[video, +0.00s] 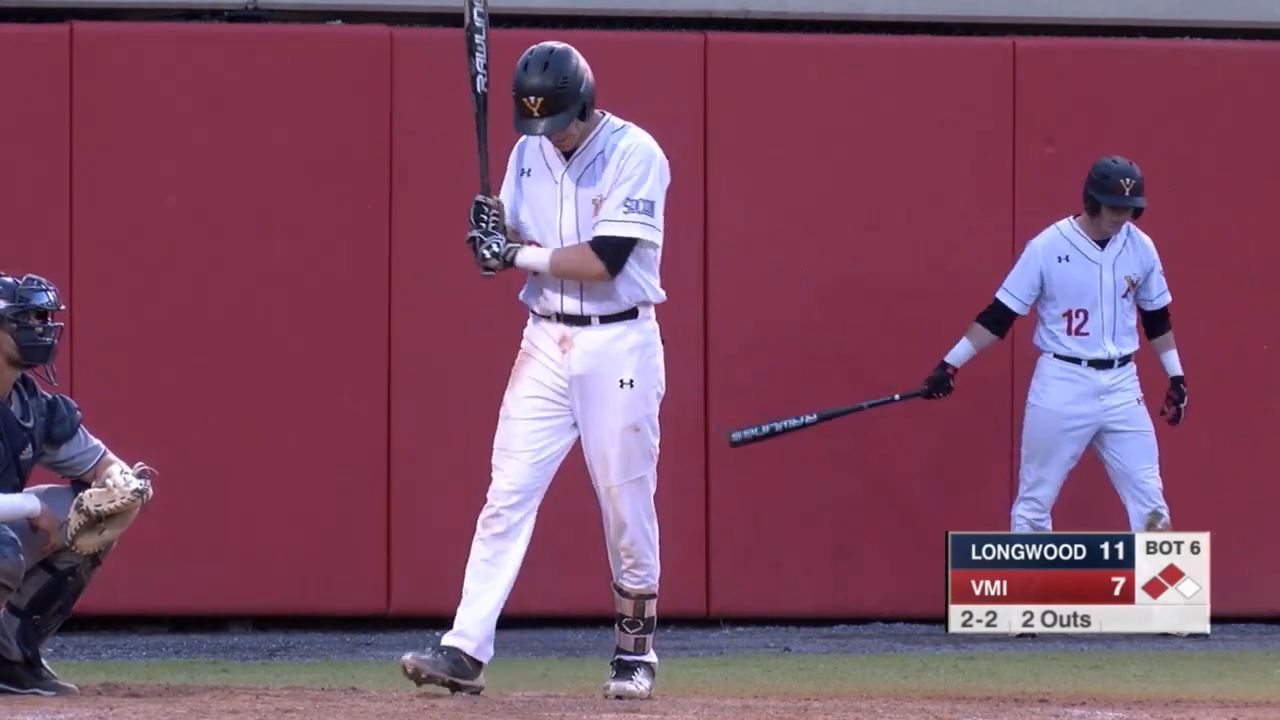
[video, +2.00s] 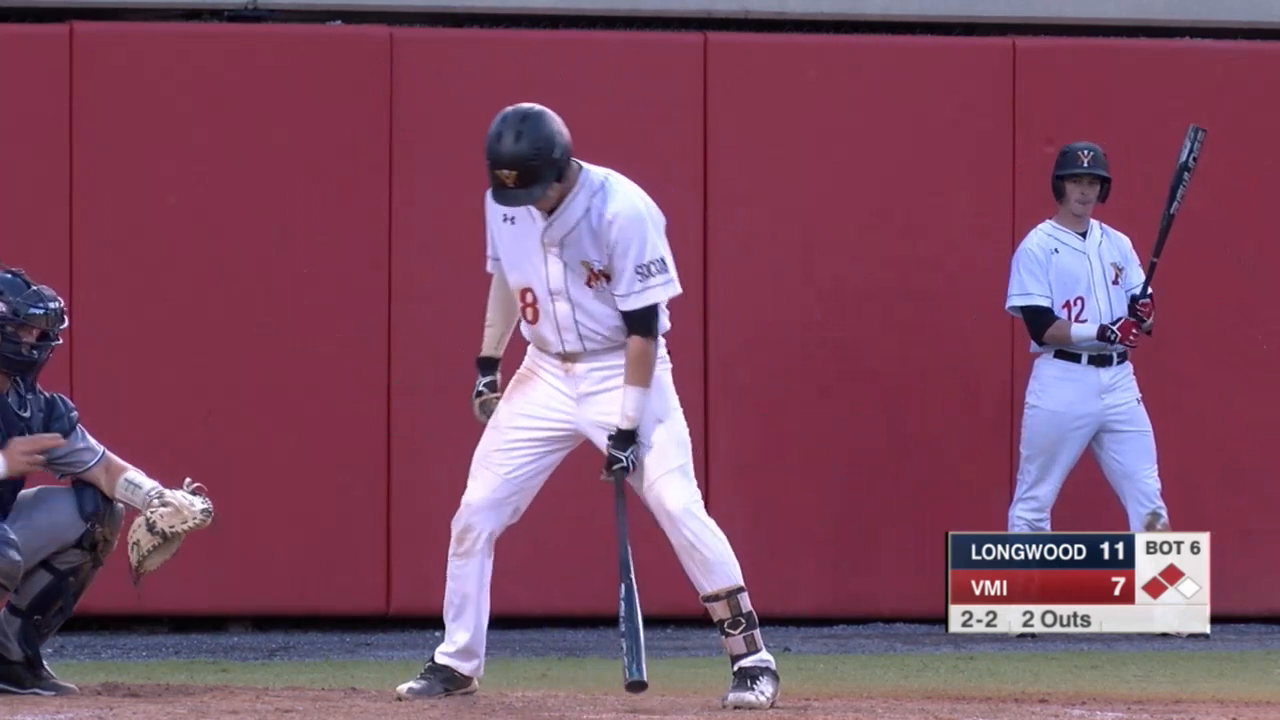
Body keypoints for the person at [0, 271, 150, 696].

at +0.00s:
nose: (38, 328)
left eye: (41, 318)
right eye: (23, 319)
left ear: (48, 325)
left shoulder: (37, 406)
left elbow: (97, 461)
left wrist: (125, 484)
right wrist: (27, 505)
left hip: (9, 522)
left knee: (96, 511)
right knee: (11, 545)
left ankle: (15, 652)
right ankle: (8, 653)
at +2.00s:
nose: (30, 339)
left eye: (38, 331)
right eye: (20, 327)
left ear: (48, 336)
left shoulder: (39, 408)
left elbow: (106, 469)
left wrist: (159, 498)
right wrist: (4, 463)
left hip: (6, 535)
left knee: (94, 510)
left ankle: (14, 650)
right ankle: (11, 651)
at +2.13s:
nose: (27, 340)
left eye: (35, 331)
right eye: (18, 328)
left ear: (44, 336)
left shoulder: (38, 407)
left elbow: (106, 468)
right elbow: (10, 475)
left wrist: (165, 500)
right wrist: (41, 477)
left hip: (7, 524)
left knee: (95, 512)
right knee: (7, 555)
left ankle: (13, 651)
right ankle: (10, 653)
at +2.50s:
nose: (28, 325)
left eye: (35, 315)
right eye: (17, 314)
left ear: (43, 322)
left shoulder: (32, 405)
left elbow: (103, 468)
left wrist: (164, 495)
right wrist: (34, 514)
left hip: (8, 527)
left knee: (93, 511)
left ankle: (14, 651)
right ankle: (10, 651)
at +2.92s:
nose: (29, 325)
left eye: (35, 315)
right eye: (18, 314)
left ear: (42, 321)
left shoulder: (36, 404)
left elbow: (108, 468)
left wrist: (179, 506)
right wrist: (9, 459)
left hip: (6, 528)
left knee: (98, 515)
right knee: (7, 561)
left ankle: (14, 651)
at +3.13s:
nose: (31, 328)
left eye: (34, 318)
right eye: (21, 316)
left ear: (37, 326)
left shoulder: (37, 408)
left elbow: (112, 471)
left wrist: (186, 522)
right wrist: (16, 393)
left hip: (4, 531)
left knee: (98, 516)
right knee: (6, 563)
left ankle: (12, 650)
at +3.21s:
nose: (28, 326)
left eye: (33, 316)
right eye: (17, 315)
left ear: (40, 325)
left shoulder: (33, 399)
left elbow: (103, 468)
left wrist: (185, 526)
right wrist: (22, 411)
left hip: (5, 532)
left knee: (96, 516)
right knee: (8, 564)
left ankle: (13, 652)